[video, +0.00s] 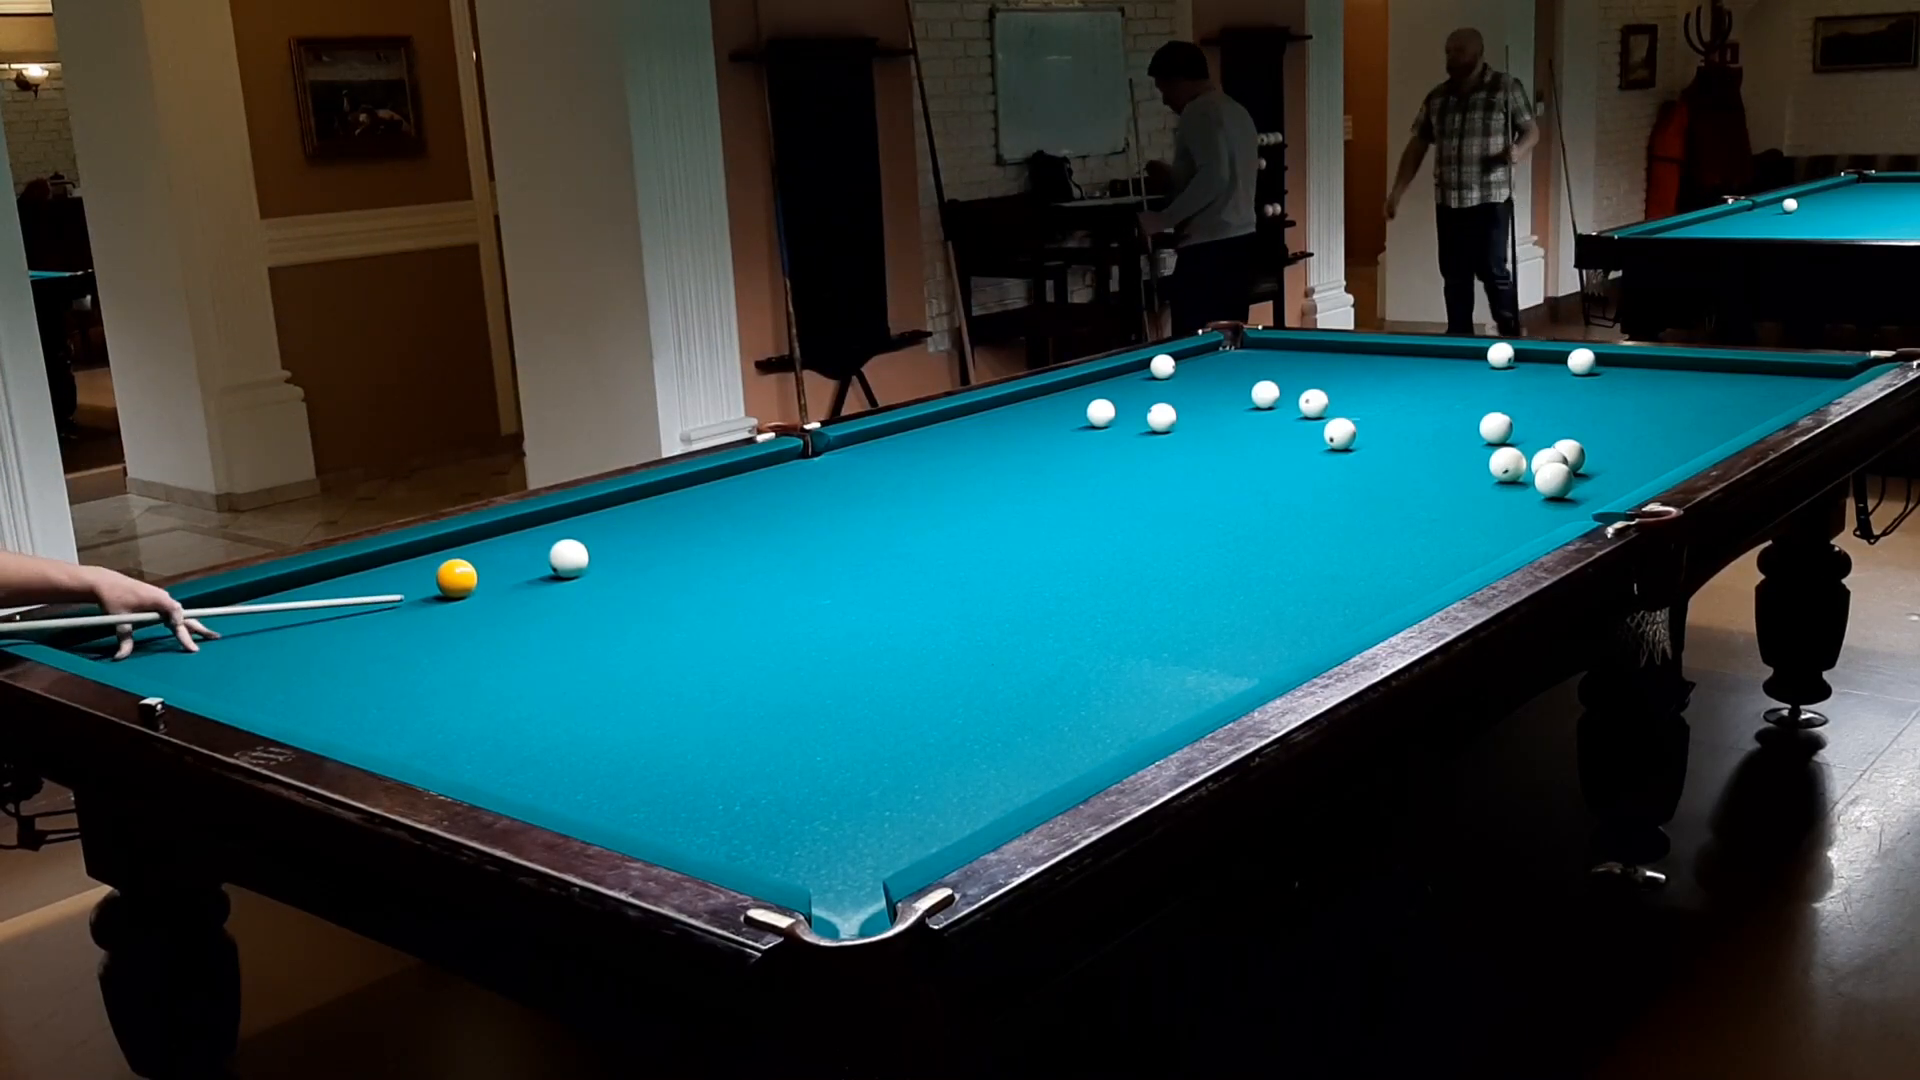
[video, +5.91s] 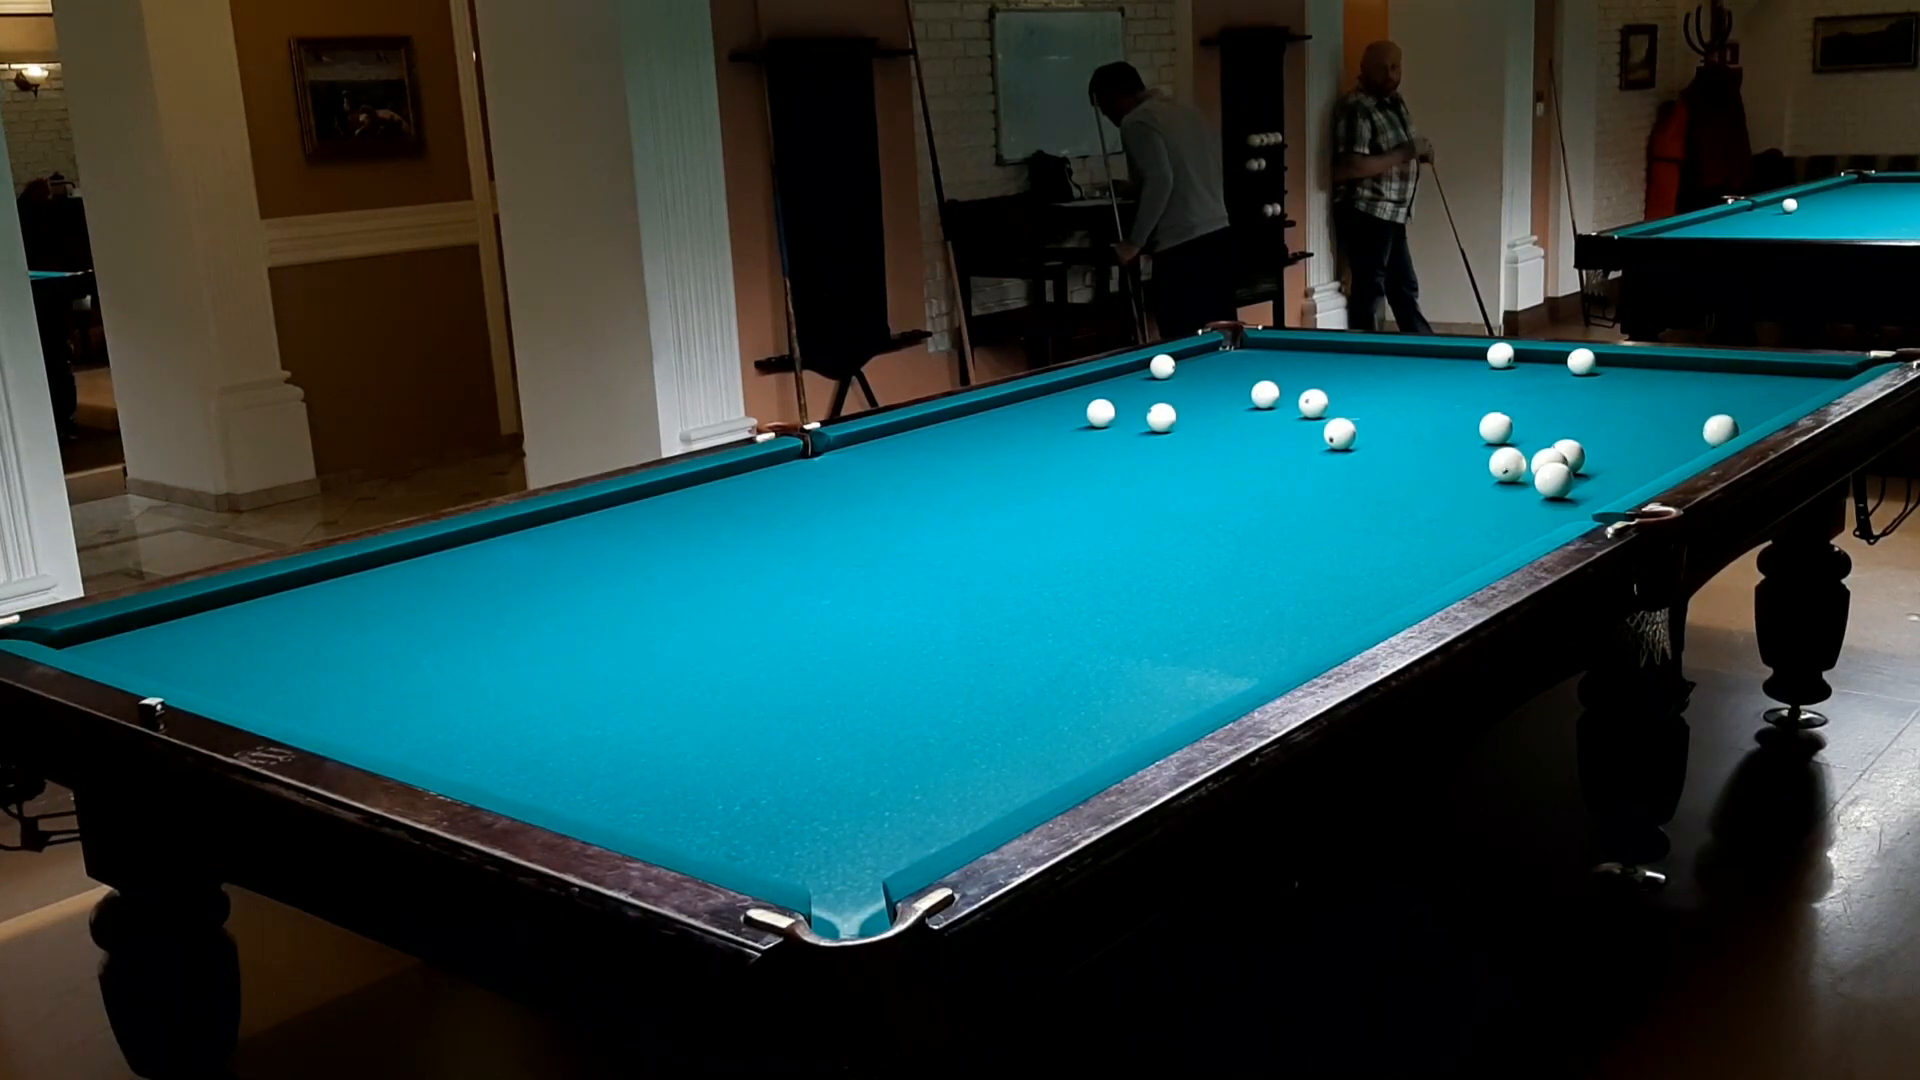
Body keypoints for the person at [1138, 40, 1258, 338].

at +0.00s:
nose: (1163, 99)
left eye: (1163, 88)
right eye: (1160, 89)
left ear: (1178, 80)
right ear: (1199, 74)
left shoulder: (1199, 115)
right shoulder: (1235, 111)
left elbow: (1214, 177)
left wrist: (1163, 219)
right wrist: (1175, 178)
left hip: (1209, 250)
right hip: (1241, 244)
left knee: (1193, 346)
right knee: (1229, 342)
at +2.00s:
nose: (1123, 103)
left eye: (1121, 94)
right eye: (1120, 95)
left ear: (1131, 87)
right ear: (1159, 77)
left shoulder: (1153, 120)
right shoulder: (1201, 110)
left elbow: (1167, 183)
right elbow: (1207, 176)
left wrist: (1137, 242)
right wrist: (1141, 186)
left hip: (1181, 253)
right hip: (1221, 243)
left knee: (1181, 347)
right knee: (1220, 340)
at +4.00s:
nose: (1114, 115)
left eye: (1110, 105)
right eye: (1108, 108)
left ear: (1118, 96)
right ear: (1143, 82)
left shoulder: (1141, 122)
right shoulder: (1188, 110)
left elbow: (1161, 184)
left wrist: (1134, 243)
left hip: (1181, 249)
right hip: (1220, 238)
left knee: (1180, 343)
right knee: (1221, 333)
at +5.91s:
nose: (1107, 115)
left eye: (1104, 107)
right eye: (1102, 108)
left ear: (1114, 98)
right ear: (1137, 86)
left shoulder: (1137, 122)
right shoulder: (1183, 110)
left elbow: (1160, 180)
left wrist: (1134, 243)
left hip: (1182, 250)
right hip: (1219, 239)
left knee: (1180, 343)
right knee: (1220, 336)